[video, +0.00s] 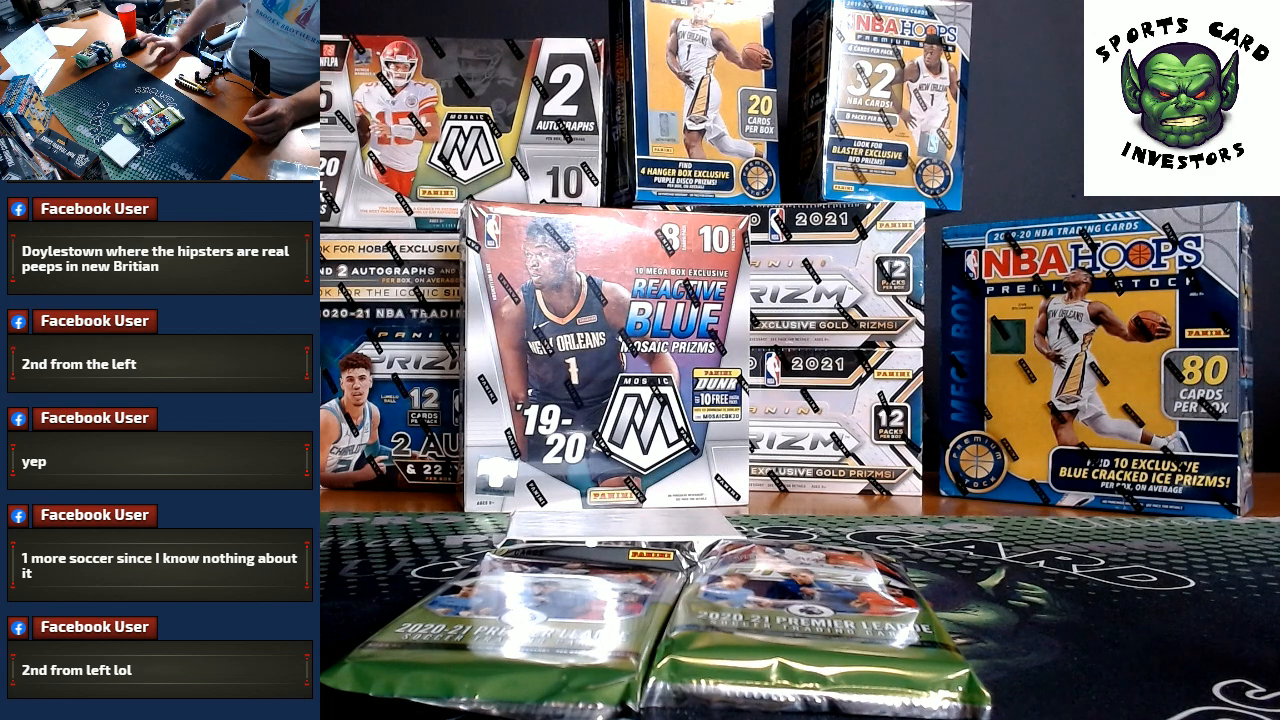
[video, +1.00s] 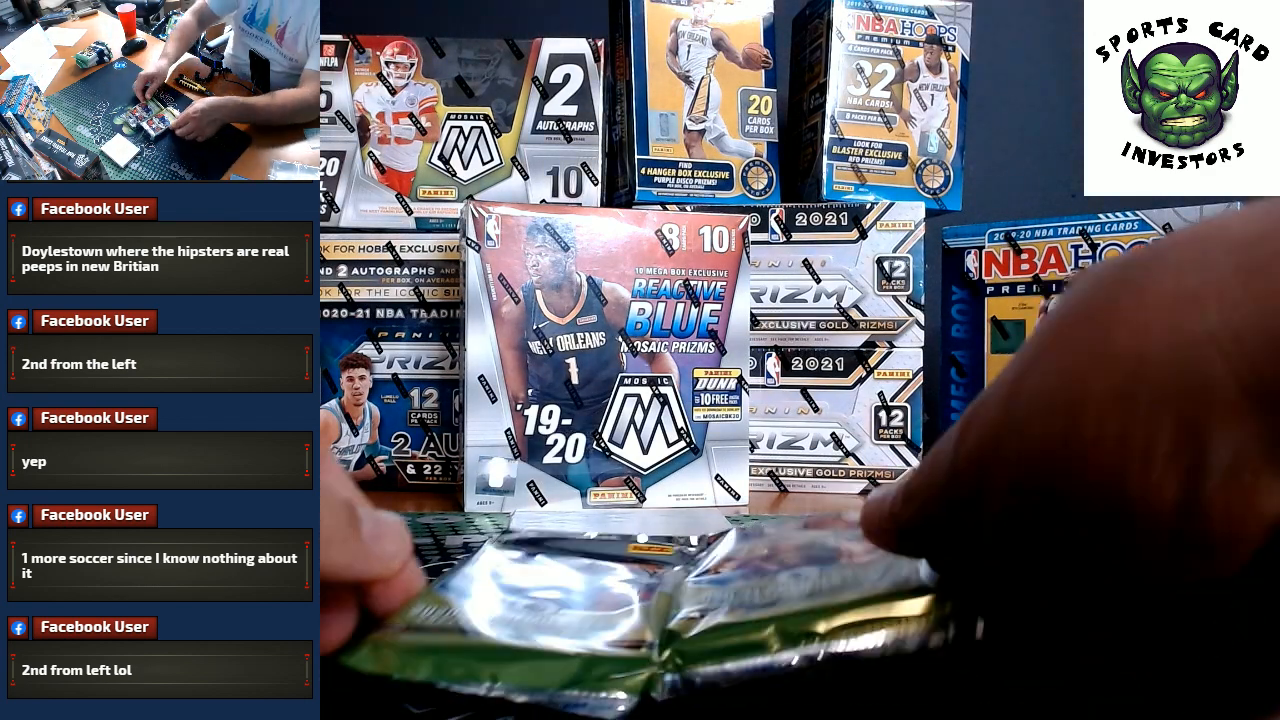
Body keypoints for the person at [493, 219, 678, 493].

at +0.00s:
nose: (532, 263)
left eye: (542, 254)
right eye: (529, 255)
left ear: (570, 255)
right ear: (525, 259)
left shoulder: (611, 299)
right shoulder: (513, 313)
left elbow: (658, 357)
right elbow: (518, 398)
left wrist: (662, 413)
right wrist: (524, 460)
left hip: (610, 422)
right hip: (549, 427)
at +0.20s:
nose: (532, 263)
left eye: (542, 254)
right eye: (529, 255)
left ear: (569, 255)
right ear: (525, 259)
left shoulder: (611, 299)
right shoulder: (513, 312)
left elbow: (658, 358)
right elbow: (518, 399)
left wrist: (663, 415)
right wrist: (524, 460)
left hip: (609, 416)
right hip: (549, 420)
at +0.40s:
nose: (533, 263)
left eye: (542, 254)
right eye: (529, 255)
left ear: (569, 256)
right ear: (525, 258)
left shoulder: (611, 299)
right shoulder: (514, 312)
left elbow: (658, 357)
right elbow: (518, 400)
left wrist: (664, 415)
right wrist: (522, 462)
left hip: (611, 422)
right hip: (550, 426)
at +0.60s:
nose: (533, 264)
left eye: (542, 254)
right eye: (529, 255)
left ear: (569, 256)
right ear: (525, 259)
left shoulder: (611, 299)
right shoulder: (514, 313)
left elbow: (657, 357)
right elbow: (517, 400)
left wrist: (664, 412)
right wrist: (521, 464)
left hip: (610, 421)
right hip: (549, 426)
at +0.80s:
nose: (533, 264)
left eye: (542, 254)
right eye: (529, 255)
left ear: (569, 255)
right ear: (525, 258)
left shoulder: (611, 299)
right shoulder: (515, 312)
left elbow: (657, 356)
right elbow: (517, 401)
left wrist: (665, 414)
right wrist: (520, 466)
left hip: (609, 424)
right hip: (548, 427)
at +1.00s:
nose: (533, 264)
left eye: (542, 255)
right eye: (530, 255)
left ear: (569, 257)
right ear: (525, 258)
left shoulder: (611, 299)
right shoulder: (514, 312)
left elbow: (657, 356)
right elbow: (517, 400)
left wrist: (666, 412)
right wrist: (521, 465)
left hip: (609, 423)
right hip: (549, 428)